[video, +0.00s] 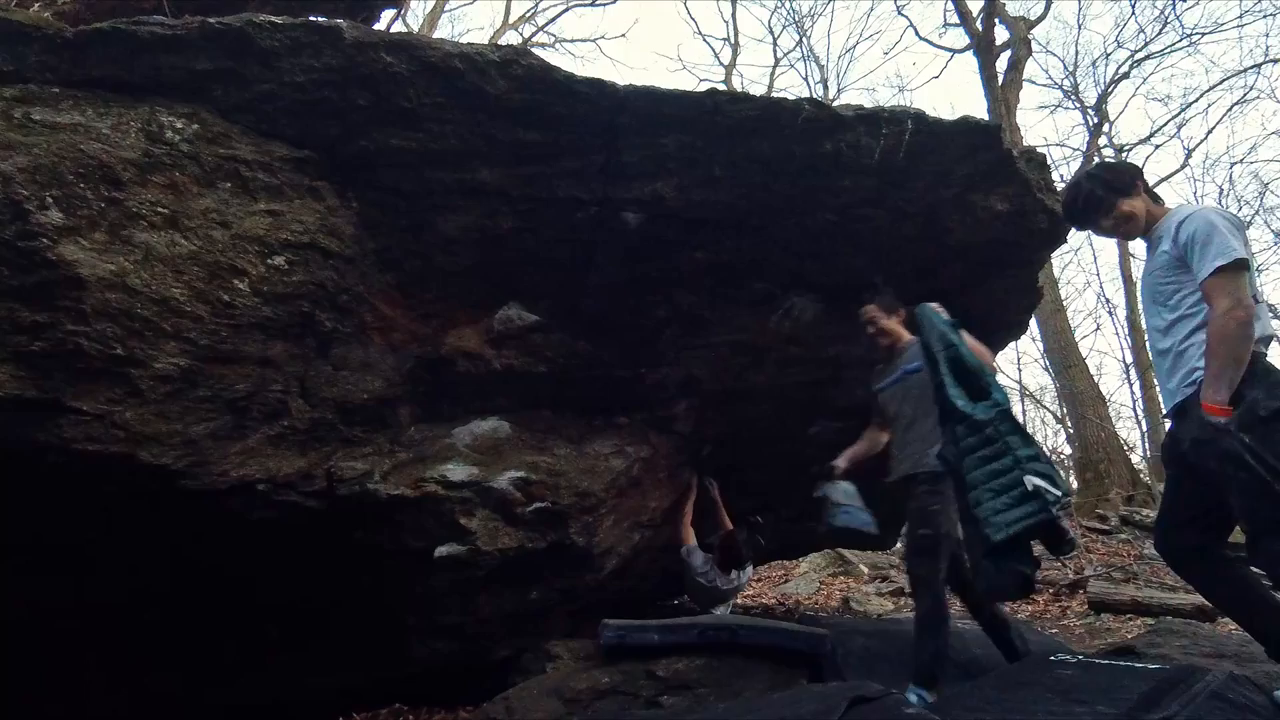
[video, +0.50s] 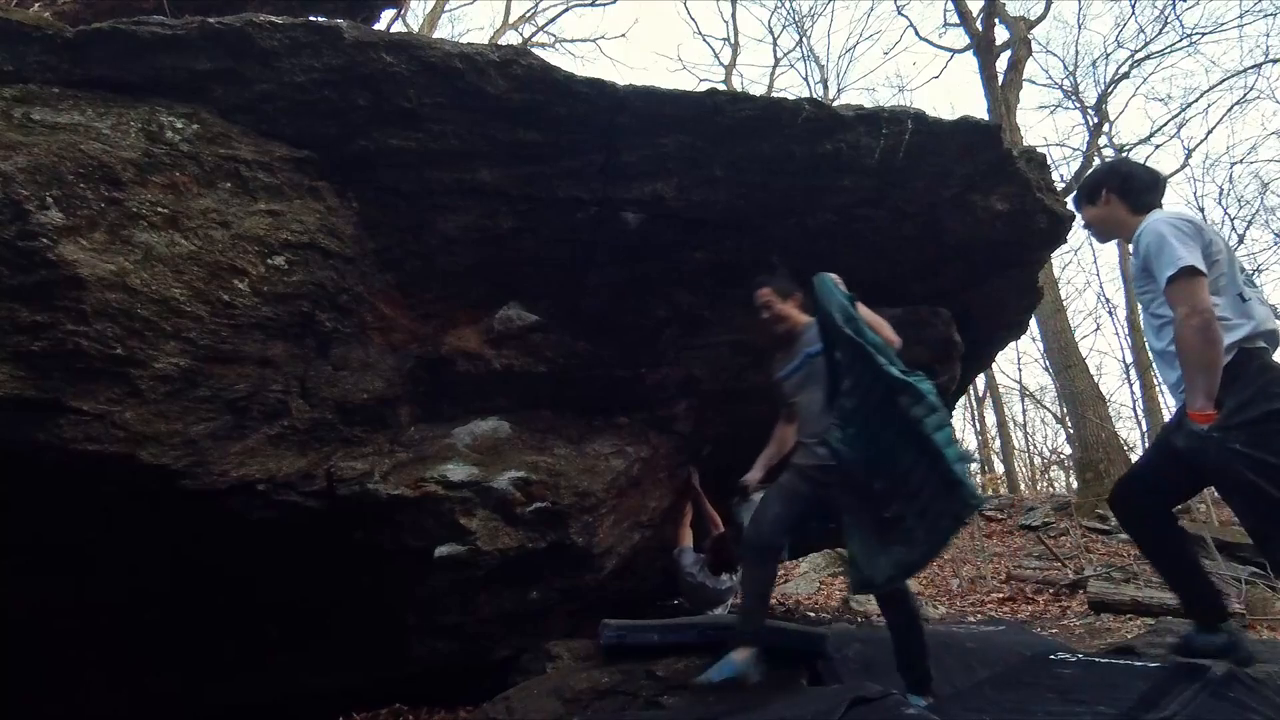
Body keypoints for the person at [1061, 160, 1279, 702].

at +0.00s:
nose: (1115, 229)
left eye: (1112, 214)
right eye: (1103, 227)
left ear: (1135, 186)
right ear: (1101, 229)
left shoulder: (1198, 222)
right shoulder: (1158, 254)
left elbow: (1236, 313)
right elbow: (1187, 341)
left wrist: (1214, 405)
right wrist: (1177, 420)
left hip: (1238, 402)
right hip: (1197, 417)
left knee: (1270, 541)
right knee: (1181, 541)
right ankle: (1278, 640)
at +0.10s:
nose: (1108, 229)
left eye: (1104, 214)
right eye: (1098, 227)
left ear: (1129, 184)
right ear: (1098, 224)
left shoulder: (1197, 222)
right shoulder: (1158, 252)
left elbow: (1234, 312)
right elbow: (1188, 336)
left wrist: (1210, 406)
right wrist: (1179, 416)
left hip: (1238, 405)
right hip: (1197, 418)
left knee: (1270, 543)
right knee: (1180, 539)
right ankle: (1275, 634)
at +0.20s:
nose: (1103, 232)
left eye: (1098, 218)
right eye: (1094, 227)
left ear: (1122, 188)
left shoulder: (1191, 224)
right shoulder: (1163, 245)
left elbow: (1231, 312)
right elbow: (1202, 327)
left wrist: (1211, 408)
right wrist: (1185, 412)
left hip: (1238, 404)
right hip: (1199, 416)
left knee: (1271, 539)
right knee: (1167, 532)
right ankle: (1276, 624)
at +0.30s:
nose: (1087, 223)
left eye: (1087, 209)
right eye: (1082, 215)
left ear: (1115, 191)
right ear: (1118, 196)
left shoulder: (1178, 224)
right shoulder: (1157, 244)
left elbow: (1221, 311)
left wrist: (1209, 411)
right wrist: (1188, 410)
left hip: (1238, 398)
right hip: (1201, 409)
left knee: (1273, 536)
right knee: (1152, 516)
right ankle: (1274, 614)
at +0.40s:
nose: (1086, 222)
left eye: (1086, 208)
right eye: (1082, 213)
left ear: (1110, 194)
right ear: (1116, 196)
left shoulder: (1166, 225)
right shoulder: (1156, 239)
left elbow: (1206, 311)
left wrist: (1203, 407)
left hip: (1242, 388)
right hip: (1209, 403)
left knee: (1269, 522)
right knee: (1139, 505)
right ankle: (1257, 615)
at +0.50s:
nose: (1083, 221)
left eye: (1085, 208)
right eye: (1081, 211)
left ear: (1108, 197)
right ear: (1116, 199)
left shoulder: (1161, 227)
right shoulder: (1159, 236)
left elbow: (1198, 314)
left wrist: (1199, 409)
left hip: (1241, 390)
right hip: (1213, 402)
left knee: (1271, 533)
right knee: (1133, 498)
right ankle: (1213, 624)